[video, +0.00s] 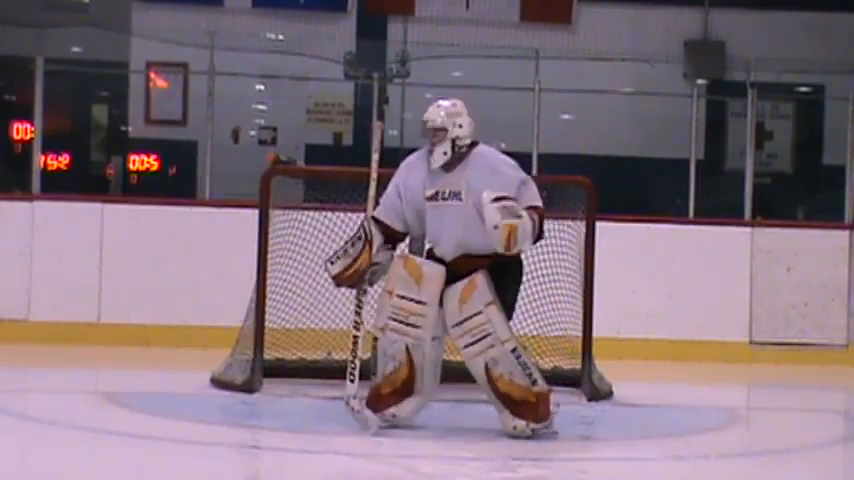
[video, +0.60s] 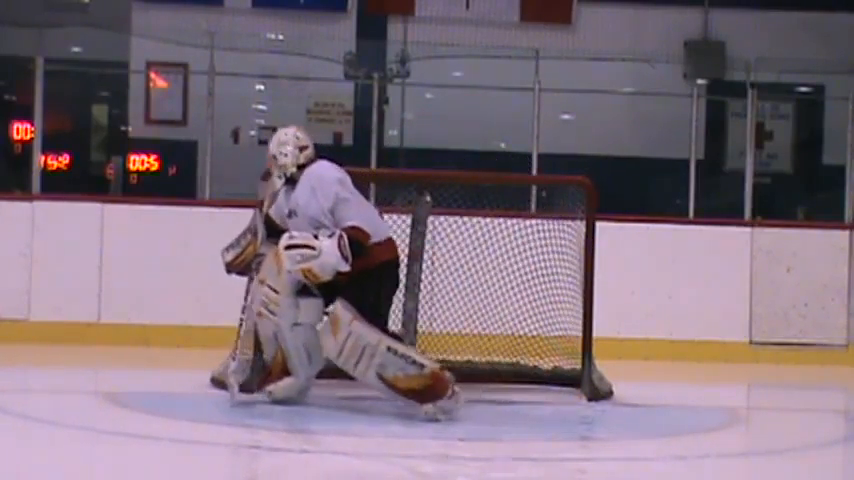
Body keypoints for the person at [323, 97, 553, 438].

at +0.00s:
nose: (433, 140)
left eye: (439, 132)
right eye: (429, 133)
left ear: (461, 131)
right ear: (426, 131)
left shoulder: (492, 164)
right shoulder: (415, 168)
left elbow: (533, 210)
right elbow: (389, 220)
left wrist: (518, 229)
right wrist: (359, 252)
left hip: (494, 266)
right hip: (436, 268)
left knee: (490, 340)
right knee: (410, 333)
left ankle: (525, 412)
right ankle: (395, 406)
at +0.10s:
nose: (411, 153)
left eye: (417, 145)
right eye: (408, 145)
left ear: (437, 142)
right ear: (407, 145)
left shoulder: (468, 170)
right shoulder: (403, 182)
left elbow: (509, 211)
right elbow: (383, 228)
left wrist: (495, 240)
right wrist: (355, 248)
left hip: (484, 273)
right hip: (431, 276)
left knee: (481, 345)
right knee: (400, 332)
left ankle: (529, 409)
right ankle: (382, 399)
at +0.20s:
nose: (388, 163)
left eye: (393, 155)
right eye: (382, 158)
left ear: (410, 153)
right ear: (378, 160)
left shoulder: (438, 181)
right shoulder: (383, 199)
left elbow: (477, 227)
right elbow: (360, 235)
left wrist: (446, 253)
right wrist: (335, 256)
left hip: (469, 279)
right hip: (421, 283)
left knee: (481, 346)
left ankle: (535, 405)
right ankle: (350, 387)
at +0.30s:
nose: (344, 172)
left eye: (347, 164)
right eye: (342, 165)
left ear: (362, 161)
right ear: (348, 166)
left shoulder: (393, 185)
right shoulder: (354, 197)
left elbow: (432, 236)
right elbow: (337, 234)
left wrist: (402, 259)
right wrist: (316, 242)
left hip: (438, 277)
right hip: (397, 281)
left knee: (465, 345)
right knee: (339, 313)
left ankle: (537, 404)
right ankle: (338, 387)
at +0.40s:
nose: (313, 175)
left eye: (317, 166)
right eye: (311, 168)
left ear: (333, 164)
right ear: (317, 168)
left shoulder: (359, 186)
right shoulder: (327, 202)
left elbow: (398, 240)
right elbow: (309, 234)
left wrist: (365, 261)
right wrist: (286, 249)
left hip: (412, 268)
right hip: (375, 274)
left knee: (424, 342)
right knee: (320, 308)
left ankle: (509, 394)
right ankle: (319, 378)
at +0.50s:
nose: (291, 170)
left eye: (294, 163)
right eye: (288, 164)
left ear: (310, 159)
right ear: (311, 158)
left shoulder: (337, 180)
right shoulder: (305, 195)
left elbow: (375, 229)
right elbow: (289, 227)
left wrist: (344, 256)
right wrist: (264, 250)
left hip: (393, 262)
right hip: (359, 269)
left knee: (391, 340)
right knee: (303, 306)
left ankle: (468, 388)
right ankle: (307, 375)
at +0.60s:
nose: (277, 167)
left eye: (280, 161)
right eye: (275, 161)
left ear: (293, 157)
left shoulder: (322, 176)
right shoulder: (289, 190)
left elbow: (362, 230)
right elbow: (272, 226)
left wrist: (329, 251)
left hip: (375, 262)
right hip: (343, 266)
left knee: (360, 337)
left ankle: (433, 389)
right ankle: (288, 376)